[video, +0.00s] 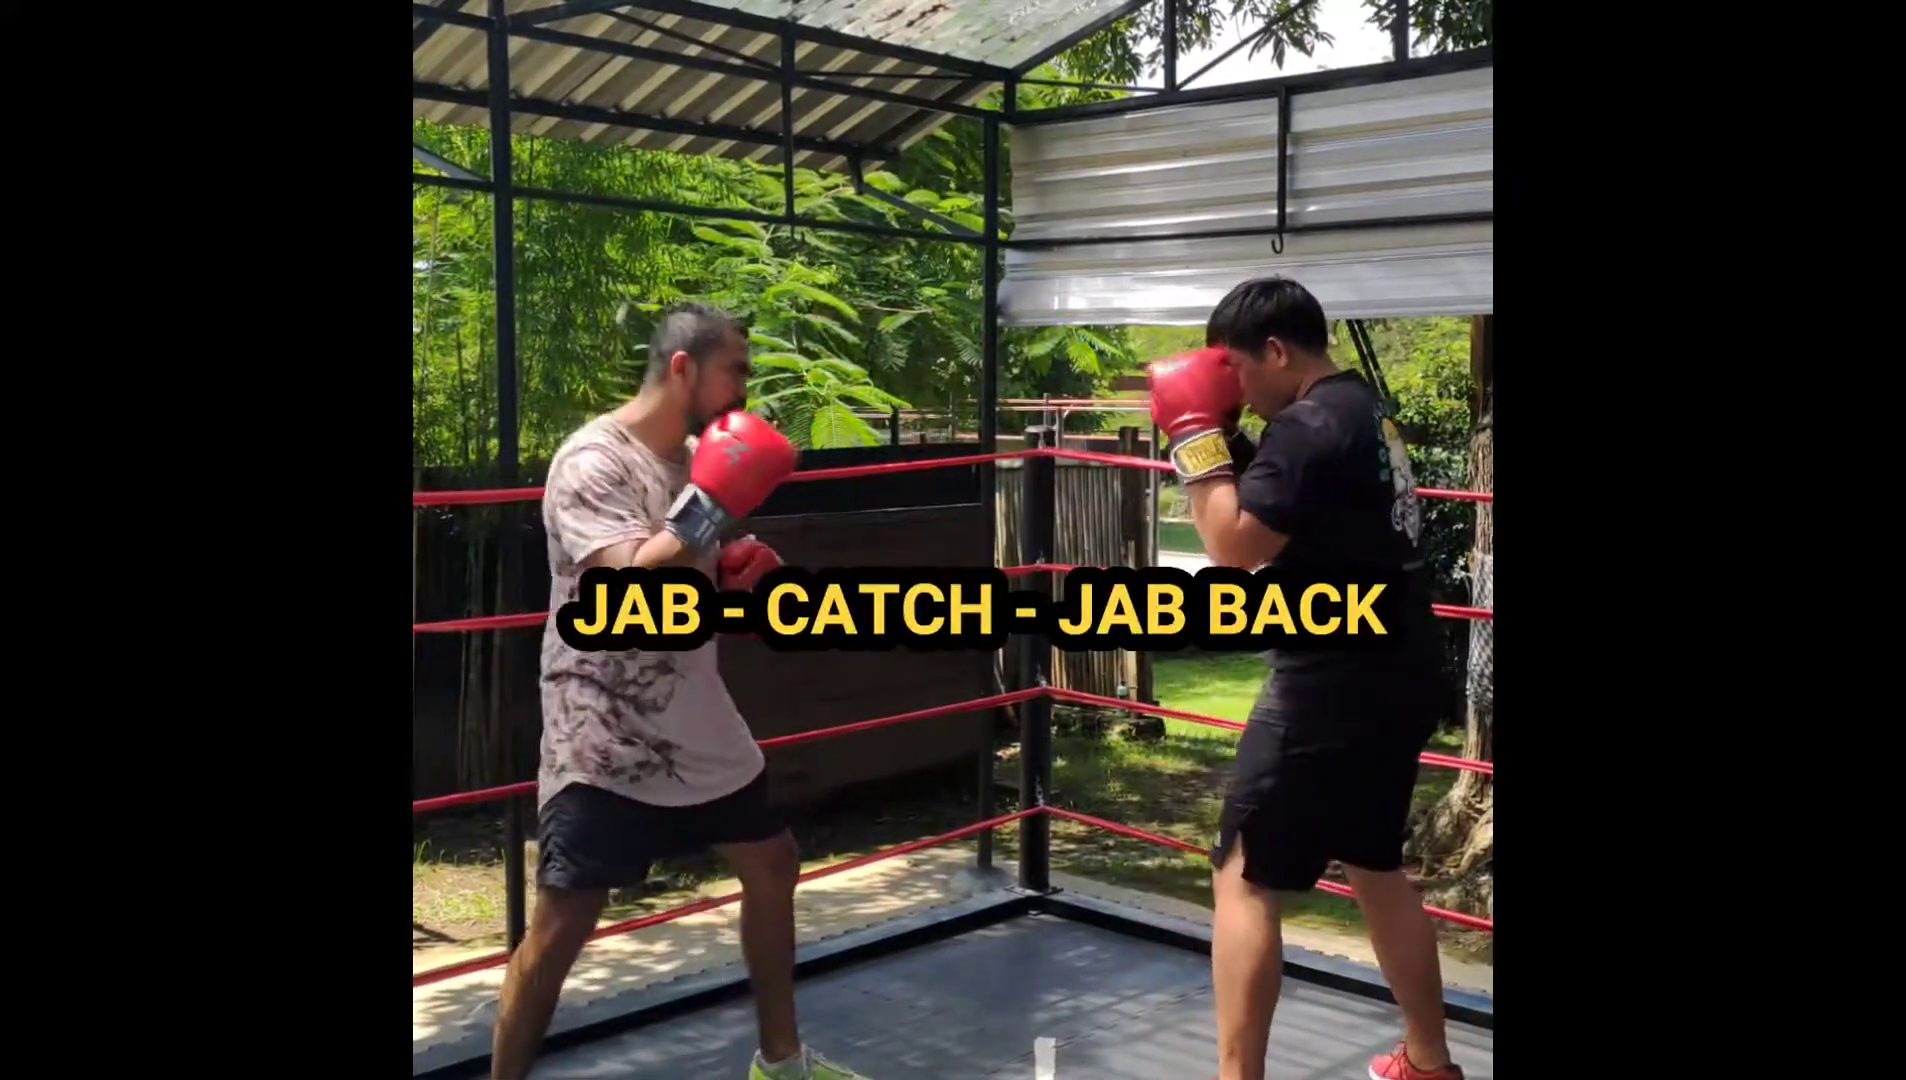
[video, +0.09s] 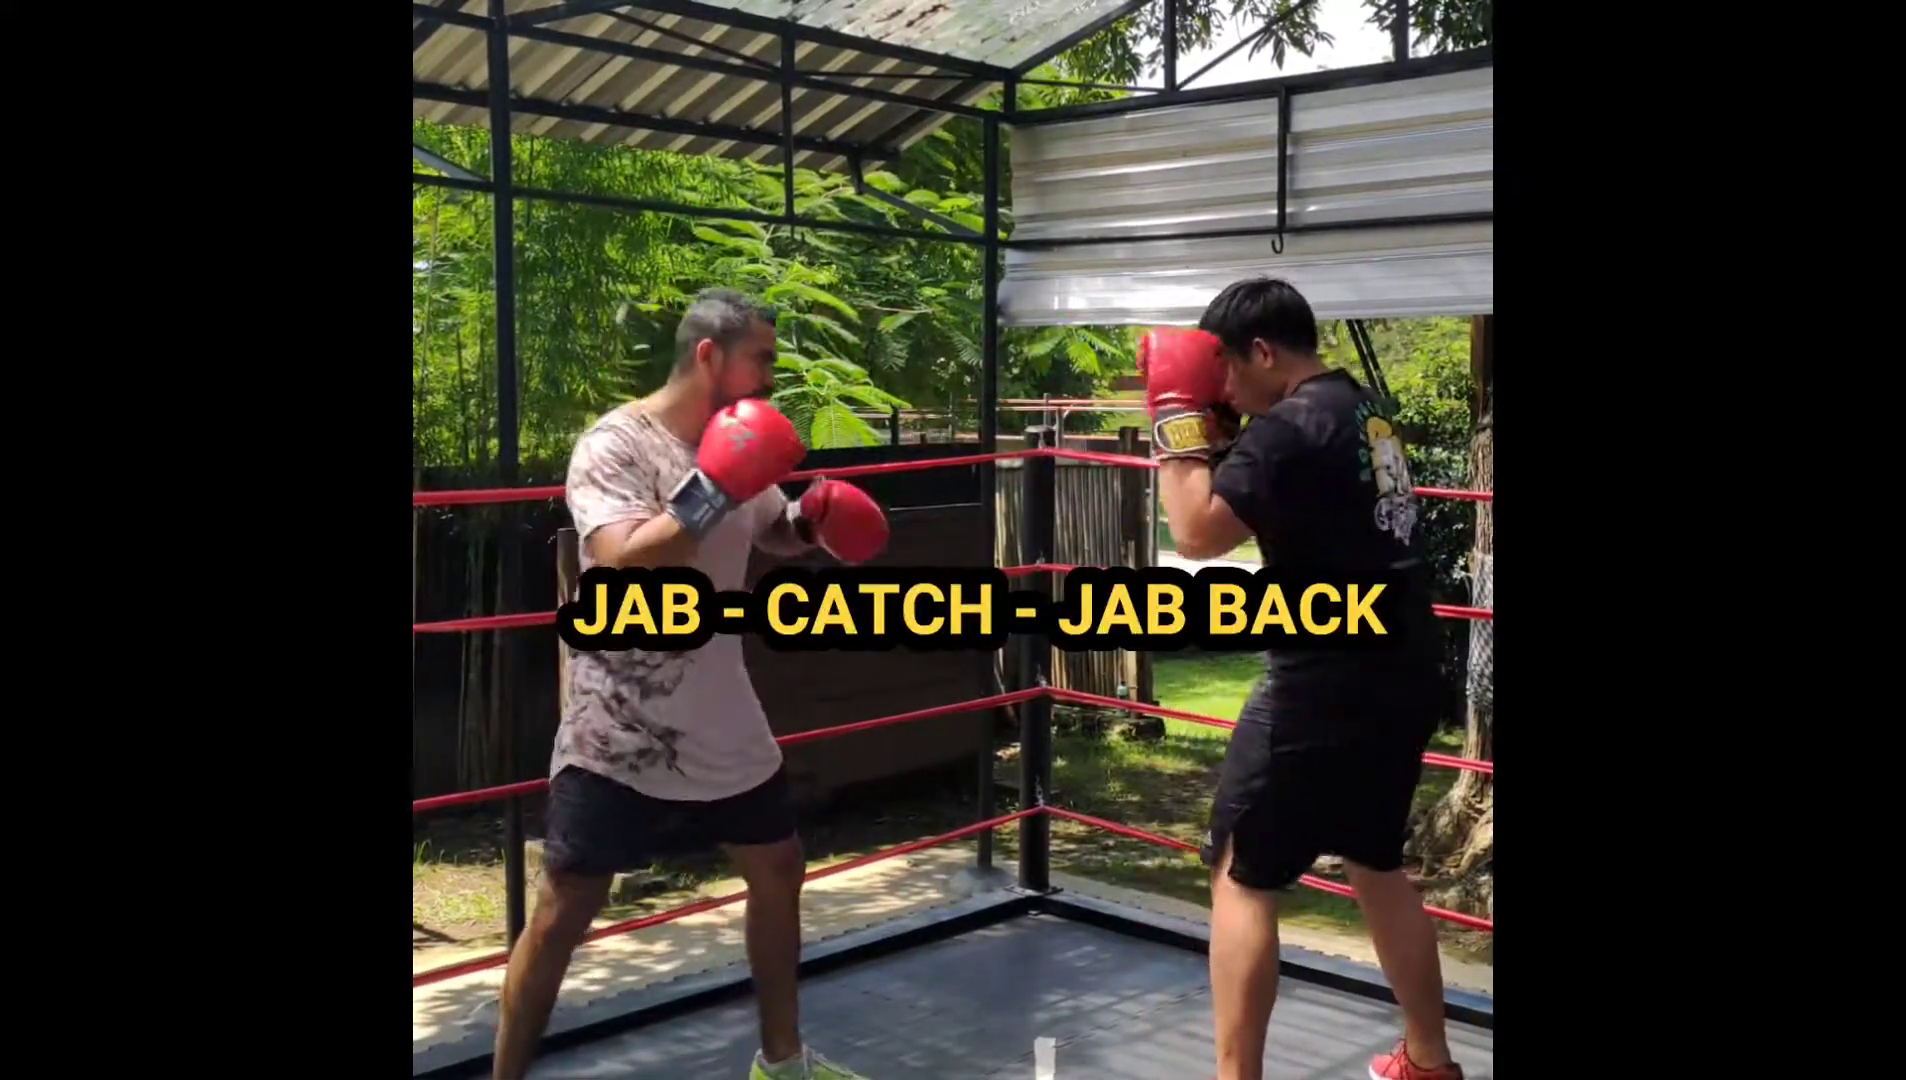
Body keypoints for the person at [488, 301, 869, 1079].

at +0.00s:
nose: (744, 392)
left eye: (747, 375)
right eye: (735, 372)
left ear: (689, 373)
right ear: (682, 368)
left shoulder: (700, 462)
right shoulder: (586, 463)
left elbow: (684, 575)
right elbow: (628, 572)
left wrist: (729, 575)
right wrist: (712, 500)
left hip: (697, 716)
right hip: (600, 729)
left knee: (772, 867)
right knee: (558, 930)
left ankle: (782, 1056)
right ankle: (504, 1076)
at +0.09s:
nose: (769, 380)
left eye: (773, 364)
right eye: (761, 361)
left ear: (719, 360)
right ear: (707, 355)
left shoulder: (741, 462)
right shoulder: (611, 444)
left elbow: (777, 535)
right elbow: (617, 556)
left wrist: (825, 529)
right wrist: (714, 488)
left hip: (721, 714)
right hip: (613, 722)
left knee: (778, 873)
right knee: (560, 915)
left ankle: (783, 1057)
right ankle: (505, 1075)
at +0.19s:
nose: (800, 387)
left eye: (805, 373)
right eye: (792, 370)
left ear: (761, 369)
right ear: (737, 361)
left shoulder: (799, 441)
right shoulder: (641, 440)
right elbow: (627, 546)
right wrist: (726, 475)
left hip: (734, 724)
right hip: (620, 725)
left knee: (792, 868)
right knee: (565, 899)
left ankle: (785, 1057)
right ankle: (503, 1073)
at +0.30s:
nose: (809, 394)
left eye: (812, 378)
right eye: (801, 376)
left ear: (762, 372)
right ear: (748, 367)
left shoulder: (797, 449)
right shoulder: (652, 443)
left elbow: (913, 457)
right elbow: (639, 554)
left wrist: (985, 392)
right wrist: (739, 488)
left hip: (741, 725)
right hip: (629, 724)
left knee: (798, 865)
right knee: (570, 897)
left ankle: (785, 1057)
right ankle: (501, 1071)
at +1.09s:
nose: (736, 377)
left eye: (738, 360)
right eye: (731, 359)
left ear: (669, 358)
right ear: (692, 356)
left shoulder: (656, 439)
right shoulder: (636, 446)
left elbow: (631, 562)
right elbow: (788, 482)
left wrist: (712, 569)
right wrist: (806, 370)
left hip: (698, 713)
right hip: (634, 721)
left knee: (763, 859)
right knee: (592, 925)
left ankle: (759, 1055)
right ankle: (498, 1073)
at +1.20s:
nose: (728, 377)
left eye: (729, 361)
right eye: (722, 359)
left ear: (663, 360)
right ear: (681, 360)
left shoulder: (653, 451)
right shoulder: (622, 455)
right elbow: (751, 524)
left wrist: (731, 588)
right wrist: (781, 427)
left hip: (696, 719)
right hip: (629, 729)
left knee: (761, 859)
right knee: (588, 928)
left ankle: (759, 1055)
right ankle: (497, 1074)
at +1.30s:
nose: (721, 376)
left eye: (721, 360)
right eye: (713, 359)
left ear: (662, 361)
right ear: (668, 360)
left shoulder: (662, 454)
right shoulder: (588, 463)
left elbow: (695, 556)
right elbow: (688, 573)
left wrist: (717, 587)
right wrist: (735, 477)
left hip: (683, 720)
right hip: (601, 730)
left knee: (741, 867)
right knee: (562, 927)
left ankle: (758, 1053)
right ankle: (488, 1074)